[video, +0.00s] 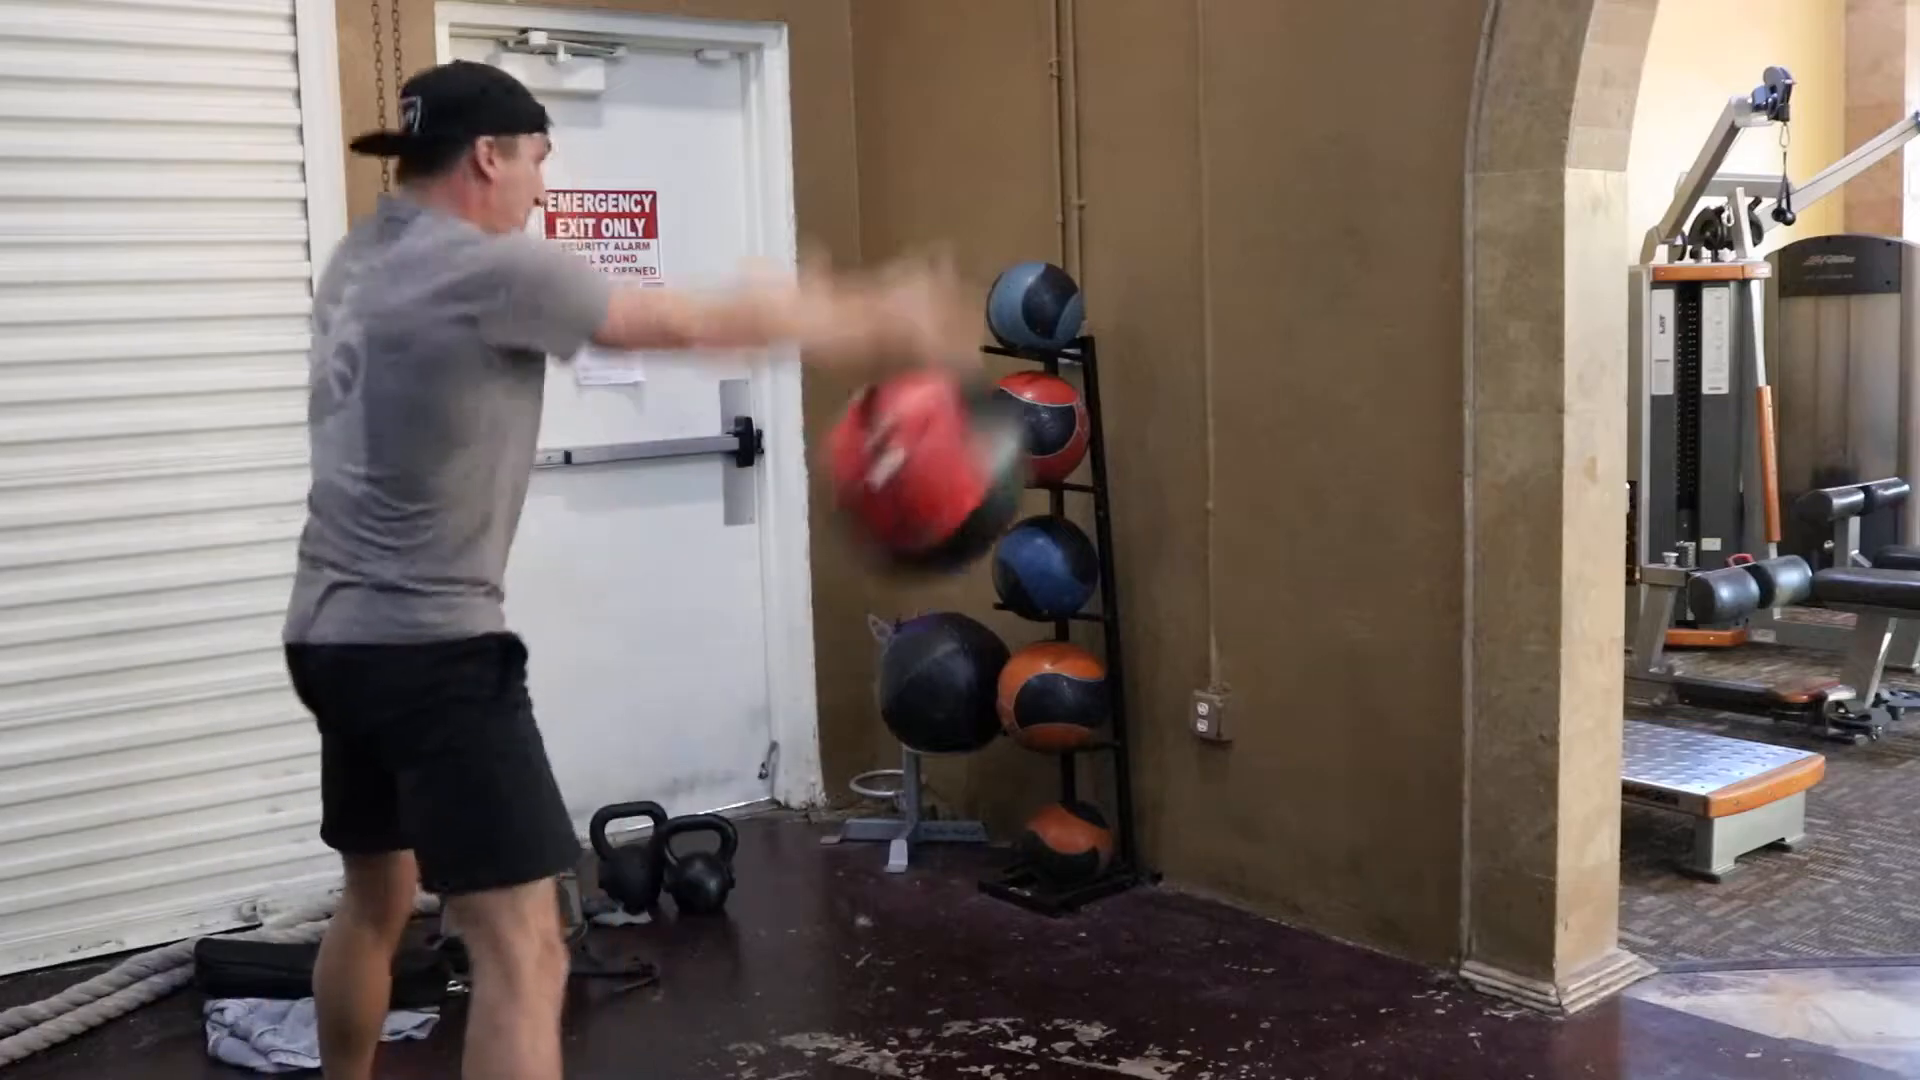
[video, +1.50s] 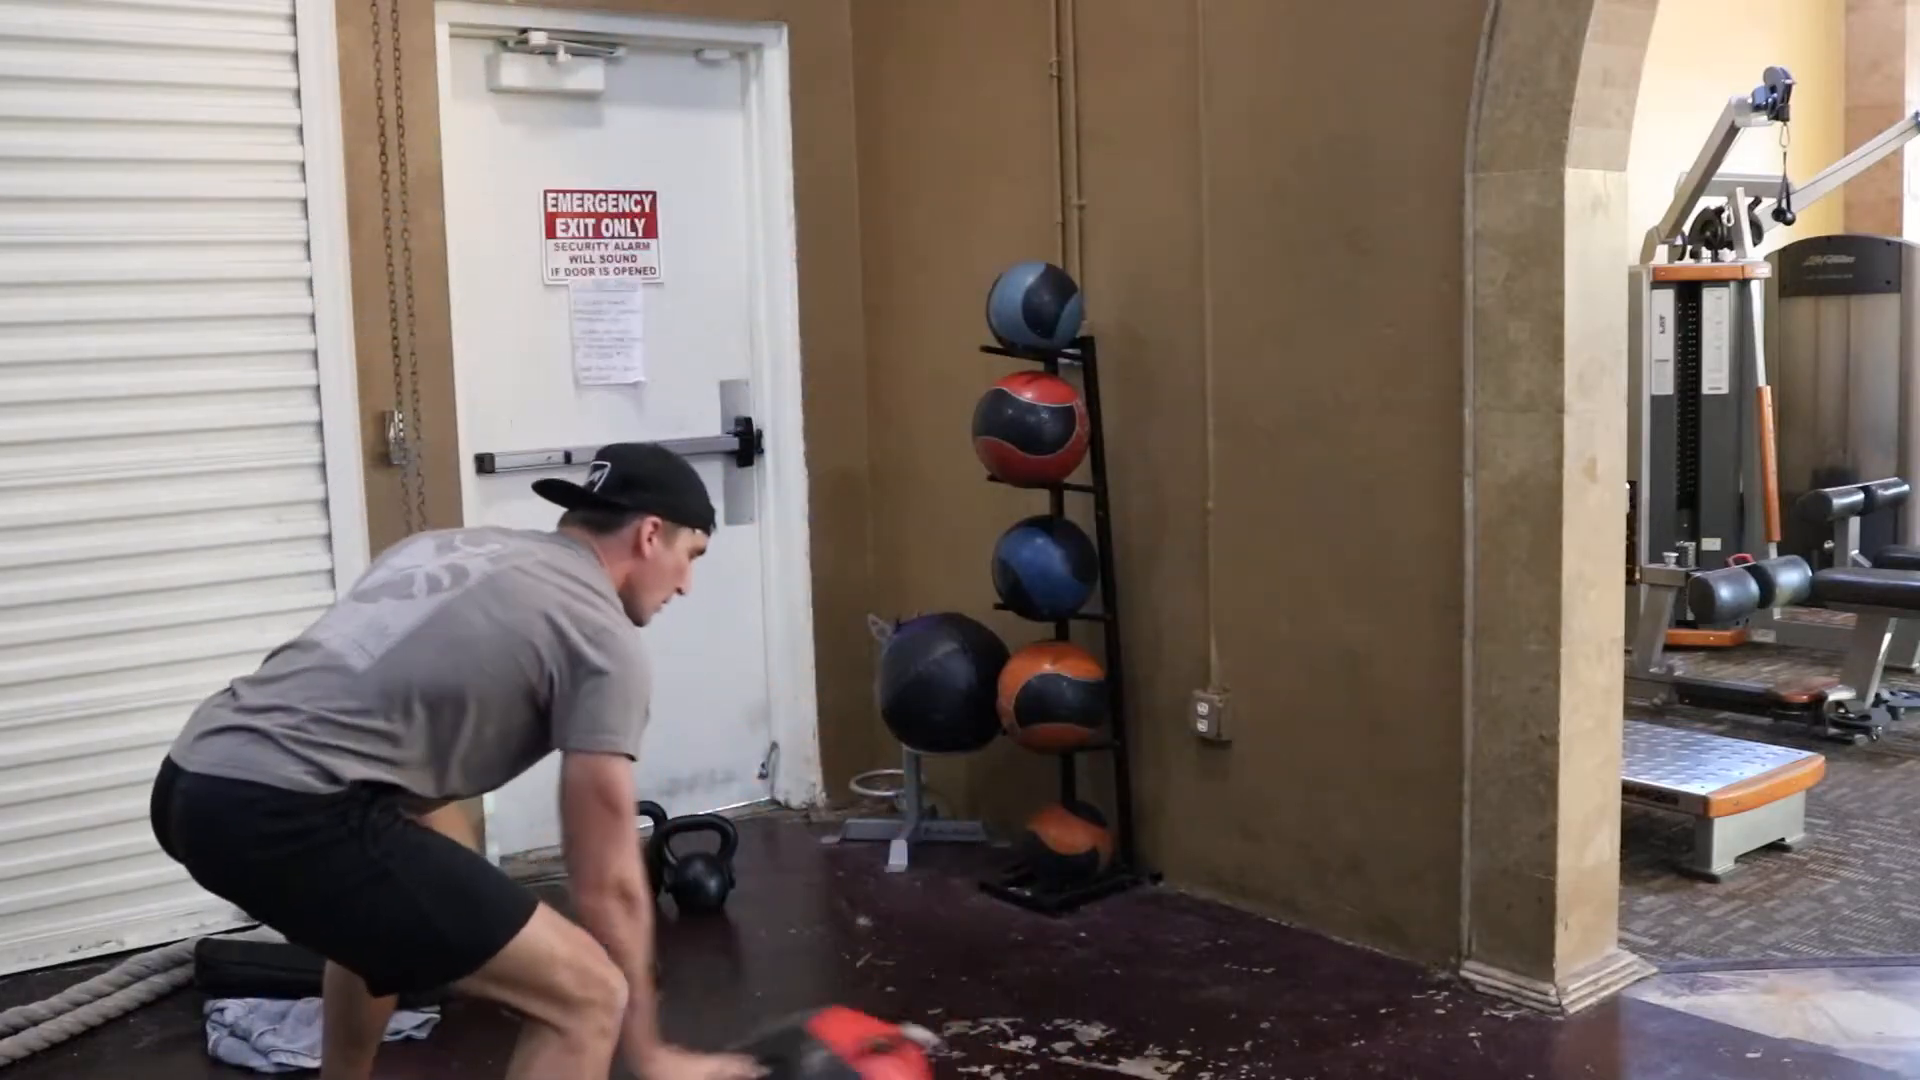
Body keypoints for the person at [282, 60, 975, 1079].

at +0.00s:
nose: (540, 190)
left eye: (543, 168)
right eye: (536, 166)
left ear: (427, 158)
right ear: (482, 160)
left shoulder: (360, 256)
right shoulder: (490, 267)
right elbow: (689, 323)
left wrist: (753, 302)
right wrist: (875, 317)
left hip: (332, 637)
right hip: (433, 646)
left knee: (371, 903)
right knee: (522, 949)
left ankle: (345, 1072)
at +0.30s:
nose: (548, 185)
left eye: (540, 165)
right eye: (540, 165)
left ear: (429, 157)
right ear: (491, 164)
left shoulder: (356, 251)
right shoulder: (476, 246)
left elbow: (403, 35)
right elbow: (576, 19)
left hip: (380, 637)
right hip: (489, 649)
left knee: (387, 903)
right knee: (513, 966)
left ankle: (350, 1070)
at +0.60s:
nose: (550, 214)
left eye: (554, 193)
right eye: (544, 191)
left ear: (427, 173)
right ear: (488, 175)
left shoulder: (324, 263)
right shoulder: (453, 270)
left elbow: (454, 235)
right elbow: (711, 268)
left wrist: (584, 210)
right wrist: (777, 171)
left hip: (335, 651)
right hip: (441, 659)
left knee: (363, 920)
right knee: (517, 961)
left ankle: (339, 1077)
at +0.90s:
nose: (630, 325)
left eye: (638, 299)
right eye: (632, 295)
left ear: (558, 271)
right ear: (582, 272)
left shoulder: (394, 348)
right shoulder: (534, 380)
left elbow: (363, 581)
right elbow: (670, 610)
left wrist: (506, 709)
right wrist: (781, 700)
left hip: (262, 669)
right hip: (357, 689)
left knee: (370, 920)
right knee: (538, 980)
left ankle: (348, 1074)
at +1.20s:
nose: (666, 500)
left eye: (674, 478)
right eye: (669, 474)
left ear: (582, 443)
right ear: (620, 455)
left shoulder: (419, 480)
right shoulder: (566, 541)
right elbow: (749, 738)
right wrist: (911, 836)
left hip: (197, 747)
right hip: (284, 768)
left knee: (373, 887)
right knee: (569, 988)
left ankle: (336, 1071)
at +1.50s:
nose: (686, 585)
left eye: (695, 561)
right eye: (688, 557)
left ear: (580, 520)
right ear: (645, 537)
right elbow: (607, 886)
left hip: (190, 786)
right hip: (291, 811)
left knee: (388, 880)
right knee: (589, 997)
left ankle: (345, 1066)